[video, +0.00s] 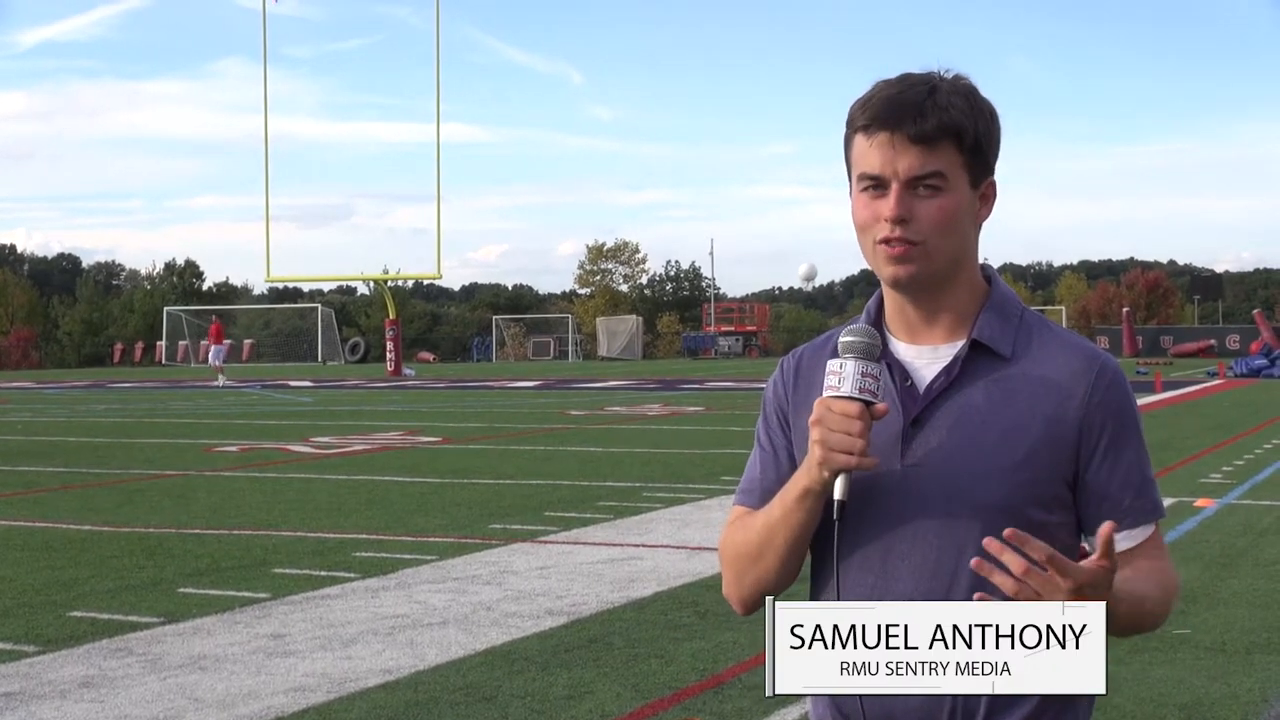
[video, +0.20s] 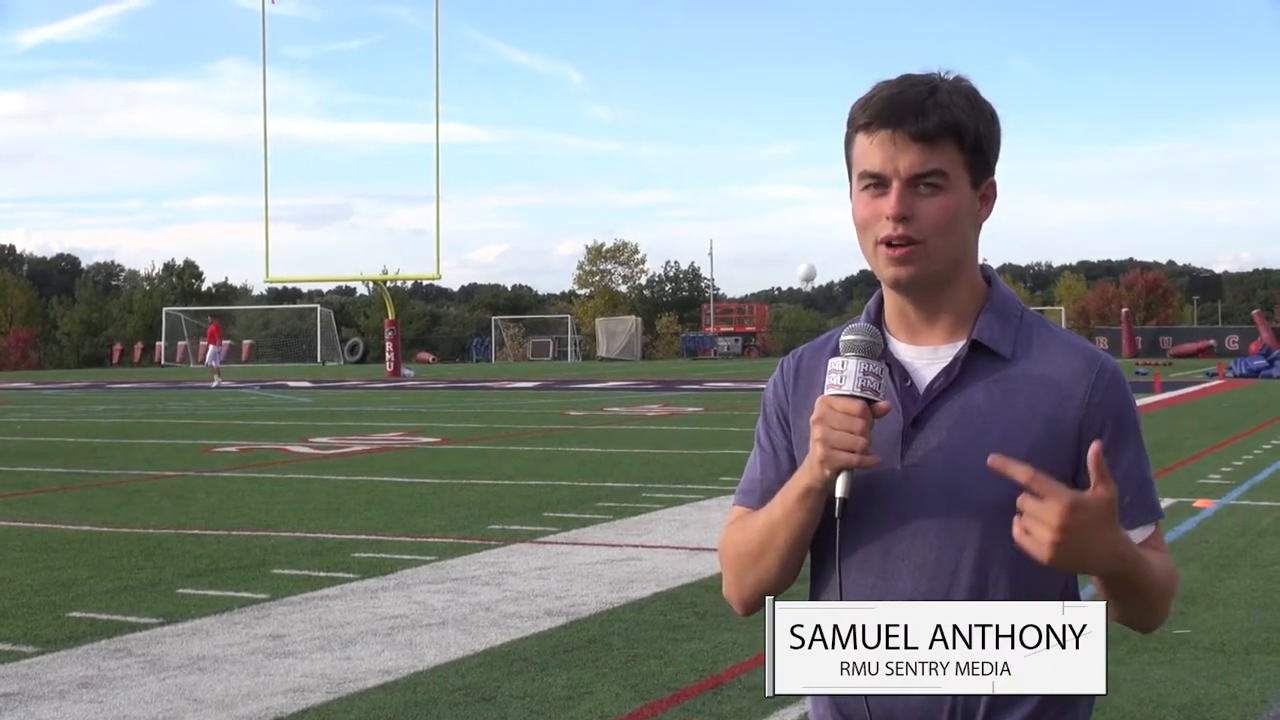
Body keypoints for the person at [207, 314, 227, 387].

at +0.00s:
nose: (213, 319)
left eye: (213, 317)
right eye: (213, 317)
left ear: (215, 318)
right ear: (219, 319)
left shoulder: (214, 326)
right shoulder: (221, 326)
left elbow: (213, 336)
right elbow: (222, 336)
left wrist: (210, 344)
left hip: (215, 345)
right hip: (221, 345)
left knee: (212, 361)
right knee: (219, 362)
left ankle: (221, 376)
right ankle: (221, 377)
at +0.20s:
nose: (208, 320)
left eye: (209, 318)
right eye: (208, 318)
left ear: (212, 319)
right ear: (211, 319)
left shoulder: (214, 326)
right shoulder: (211, 326)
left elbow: (217, 336)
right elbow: (211, 336)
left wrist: (218, 345)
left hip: (213, 345)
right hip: (214, 345)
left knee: (208, 362)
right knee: (215, 363)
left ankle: (216, 378)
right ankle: (218, 378)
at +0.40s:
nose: (206, 323)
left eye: (207, 321)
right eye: (205, 321)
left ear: (210, 321)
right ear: (204, 322)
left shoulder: (214, 329)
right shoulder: (204, 329)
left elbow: (218, 340)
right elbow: (201, 337)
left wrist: (219, 350)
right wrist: (198, 342)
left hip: (213, 347)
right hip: (207, 347)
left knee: (208, 363)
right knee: (213, 365)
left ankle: (209, 379)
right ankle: (217, 379)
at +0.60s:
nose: (202, 324)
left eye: (203, 323)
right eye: (200, 323)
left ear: (205, 323)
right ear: (199, 323)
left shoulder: (211, 329)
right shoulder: (198, 330)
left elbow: (216, 339)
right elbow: (196, 340)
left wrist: (216, 346)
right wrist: (194, 346)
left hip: (209, 347)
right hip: (202, 348)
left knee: (205, 365)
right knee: (205, 366)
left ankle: (207, 382)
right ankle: (214, 379)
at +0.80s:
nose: (197, 323)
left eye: (198, 321)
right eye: (196, 321)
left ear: (201, 321)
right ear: (195, 322)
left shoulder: (206, 329)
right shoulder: (194, 330)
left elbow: (209, 340)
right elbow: (192, 341)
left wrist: (210, 349)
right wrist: (190, 350)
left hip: (204, 348)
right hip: (197, 348)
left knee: (204, 366)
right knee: (194, 367)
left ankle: (206, 382)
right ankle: (202, 379)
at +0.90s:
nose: (195, 323)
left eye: (196, 321)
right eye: (193, 321)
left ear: (199, 321)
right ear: (192, 322)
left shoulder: (203, 329)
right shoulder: (190, 330)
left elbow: (206, 340)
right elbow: (190, 340)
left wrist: (206, 348)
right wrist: (189, 348)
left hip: (202, 348)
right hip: (194, 348)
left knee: (203, 367)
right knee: (190, 367)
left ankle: (206, 382)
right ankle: (194, 381)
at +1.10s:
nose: (188, 323)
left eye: (189, 322)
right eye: (187, 322)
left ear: (193, 322)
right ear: (185, 323)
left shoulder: (196, 330)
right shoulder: (185, 331)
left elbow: (198, 340)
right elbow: (185, 341)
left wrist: (195, 349)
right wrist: (184, 349)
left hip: (195, 350)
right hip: (187, 351)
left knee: (198, 368)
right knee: (184, 368)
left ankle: (203, 383)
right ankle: (182, 382)